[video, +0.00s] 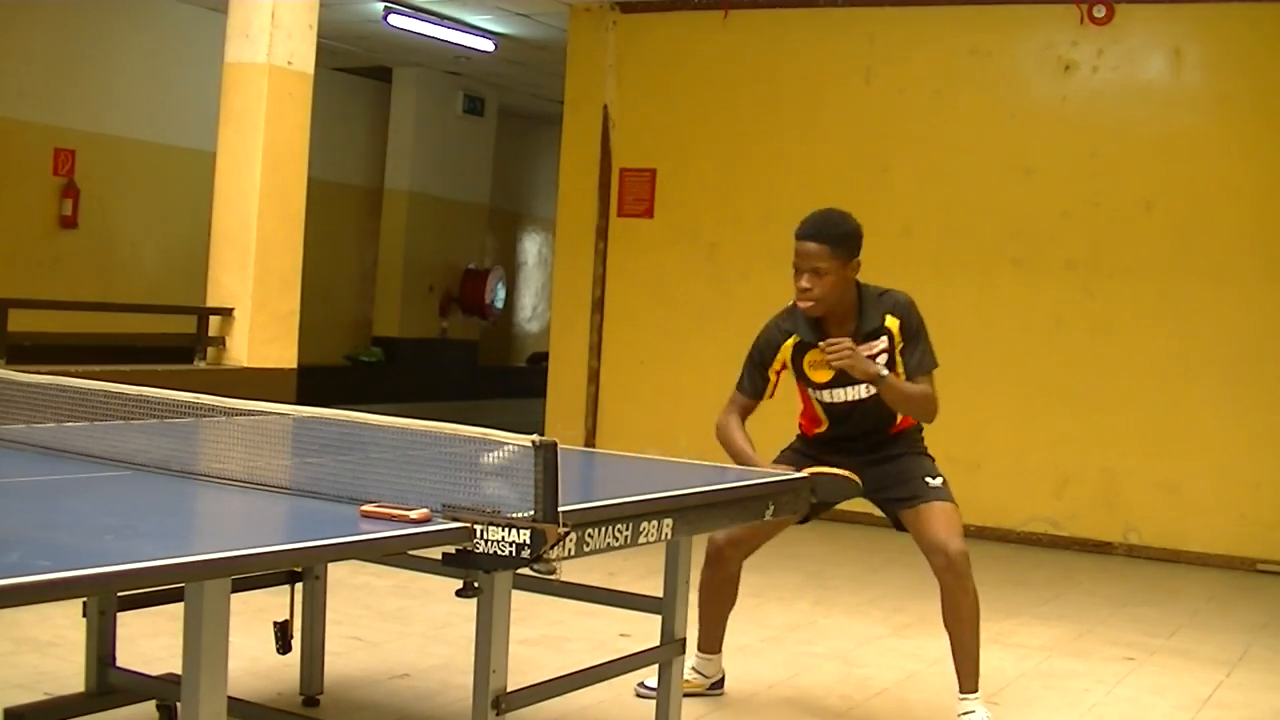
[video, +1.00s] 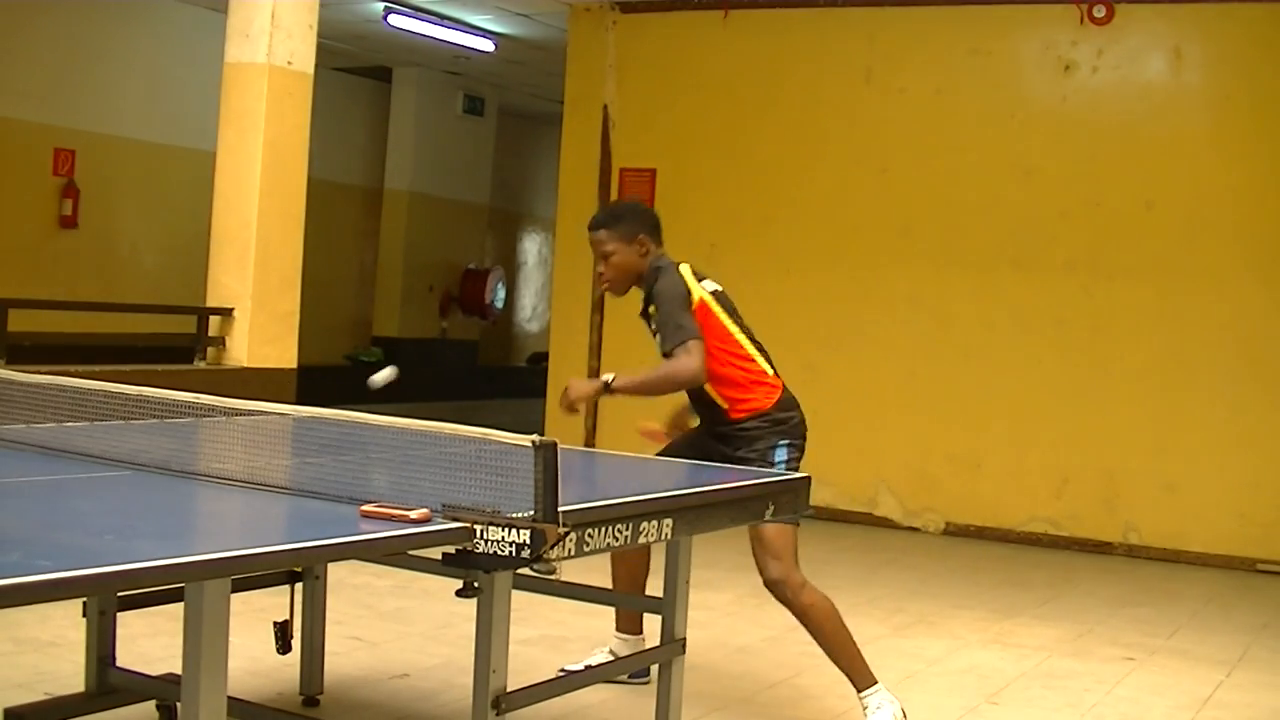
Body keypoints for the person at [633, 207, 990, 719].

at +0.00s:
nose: (802, 286)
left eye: (815, 274)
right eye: (797, 272)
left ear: (852, 270)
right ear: (791, 267)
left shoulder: (895, 312)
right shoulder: (784, 332)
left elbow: (925, 407)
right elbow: (729, 420)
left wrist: (873, 373)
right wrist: (758, 468)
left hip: (896, 448)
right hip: (820, 450)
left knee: (952, 554)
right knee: (724, 545)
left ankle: (970, 701)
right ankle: (706, 670)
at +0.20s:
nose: (818, 252)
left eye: (832, 240)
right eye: (814, 238)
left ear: (868, 236)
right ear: (809, 233)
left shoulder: (910, 281)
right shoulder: (791, 291)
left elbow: (960, 370)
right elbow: (707, 342)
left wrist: (918, 327)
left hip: (899, 433)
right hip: (819, 432)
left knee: (950, 548)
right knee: (733, 535)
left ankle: (961, 701)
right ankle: (697, 660)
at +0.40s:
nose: (783, 236)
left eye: (797, 225)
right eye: (780, 224)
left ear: (834, 228)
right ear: (777, 224)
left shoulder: (878, 285)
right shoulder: (765, 286)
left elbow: (921, 375)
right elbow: (673, 328)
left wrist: (885, 305)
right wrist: (623, 270)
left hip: (865, 446)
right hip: (787, 445)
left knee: (937, 550)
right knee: (698, 547)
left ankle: (950, 703)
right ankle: (684, 660)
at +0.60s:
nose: (701, 210)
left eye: (714, 197)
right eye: (698, 197)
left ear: (752, 197)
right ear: (701, 199)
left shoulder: (794, 247)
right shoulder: (721, 266)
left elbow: (796, 335)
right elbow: (699, 354)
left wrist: (715, 292)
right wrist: (638, 346)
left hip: (829, 416)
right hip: (766, 413)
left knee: (856, 554)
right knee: (679, 509)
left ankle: (920, 693)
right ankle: (649, 641)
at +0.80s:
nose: (619, 270)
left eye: (630, 257)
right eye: (616, 258)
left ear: (667, 254)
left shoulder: (691, 291)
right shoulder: (679, 298)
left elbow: (699, 387)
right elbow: (726, 394)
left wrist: (622, 388)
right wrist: (685, 466)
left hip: (787, 435)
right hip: (735, 434)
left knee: (809, 583)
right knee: (641, 509)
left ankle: (909, 697)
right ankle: (629, 650)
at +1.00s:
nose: (599, 271)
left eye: (605, 257)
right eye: (596, 259)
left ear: (642, 246)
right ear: (638, 249)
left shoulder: (671, 282)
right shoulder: (668, 283)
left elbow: (690, 366)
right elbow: (720, 369)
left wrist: (603, 384)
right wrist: (677, 423)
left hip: (769, 432)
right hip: (721, 432)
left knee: (781, 576)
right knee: (626, 509)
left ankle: (877, 699)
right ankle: (628, 649)